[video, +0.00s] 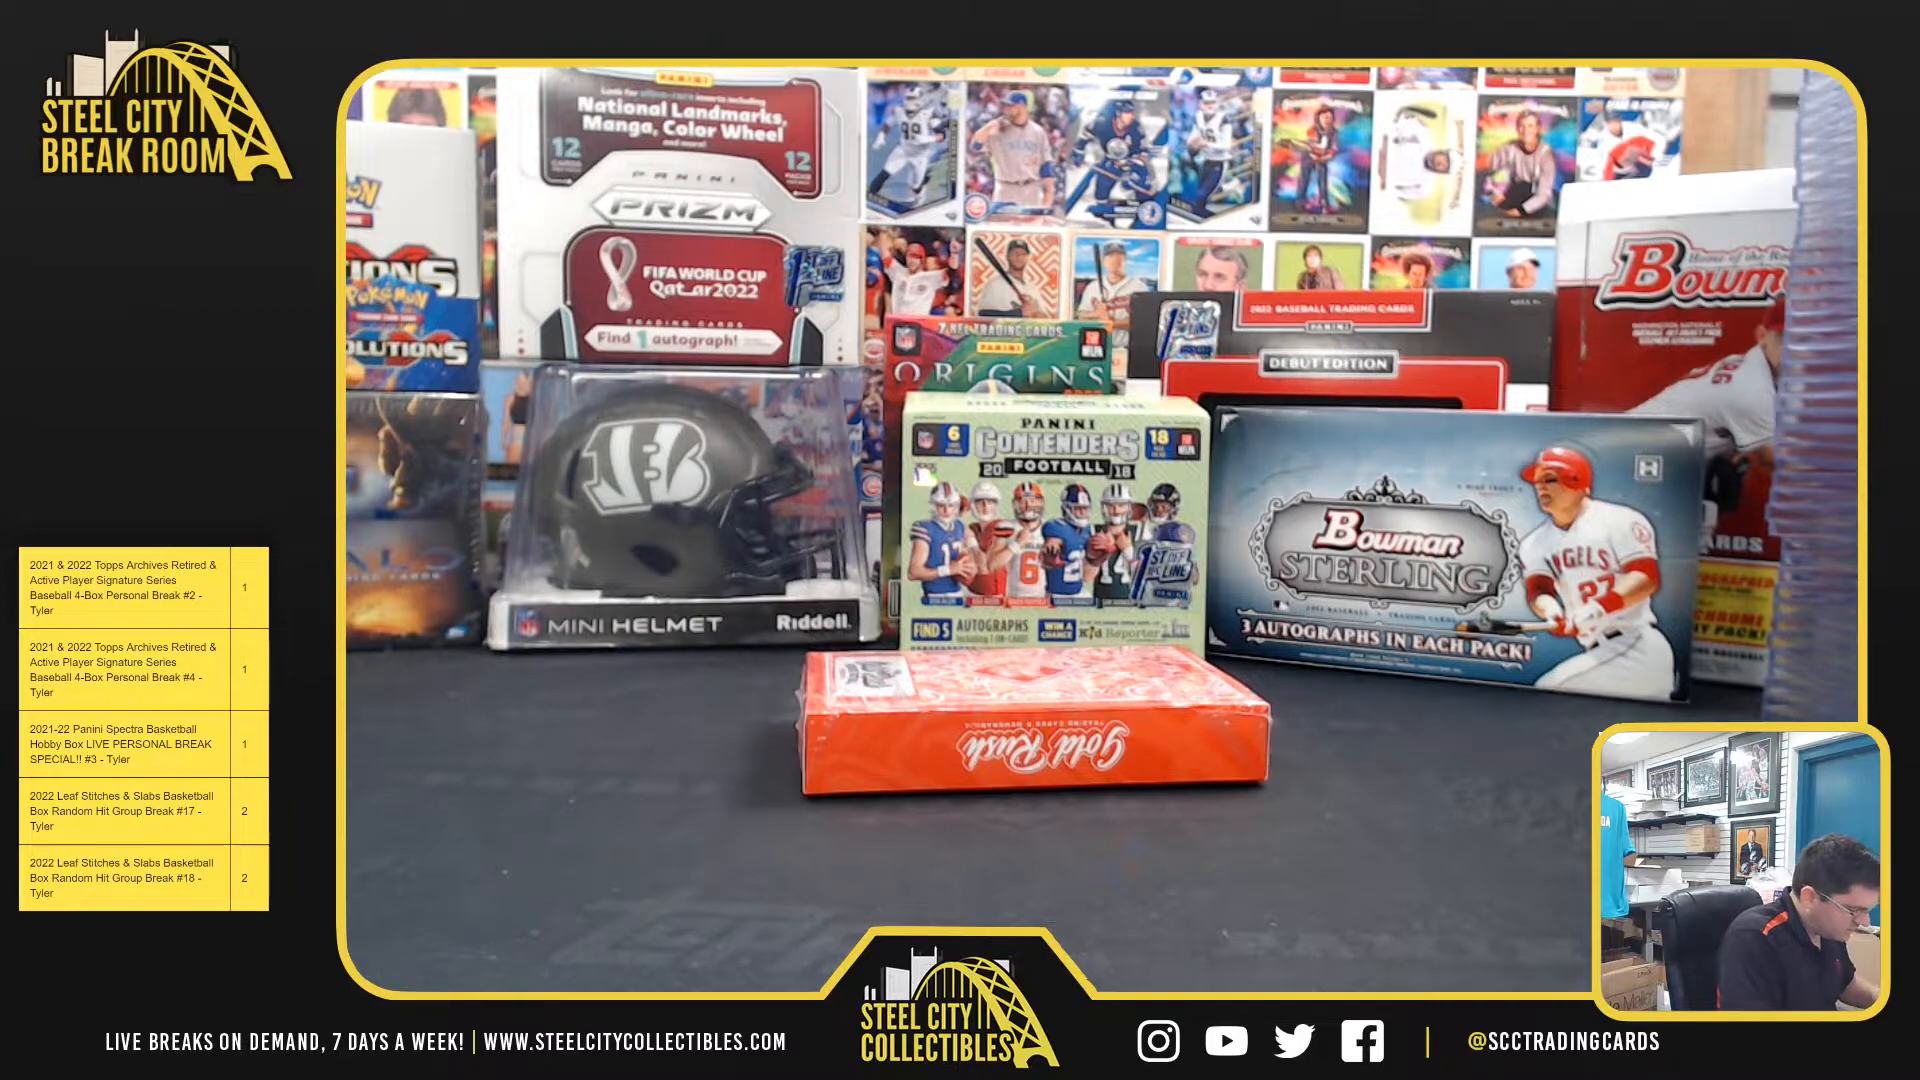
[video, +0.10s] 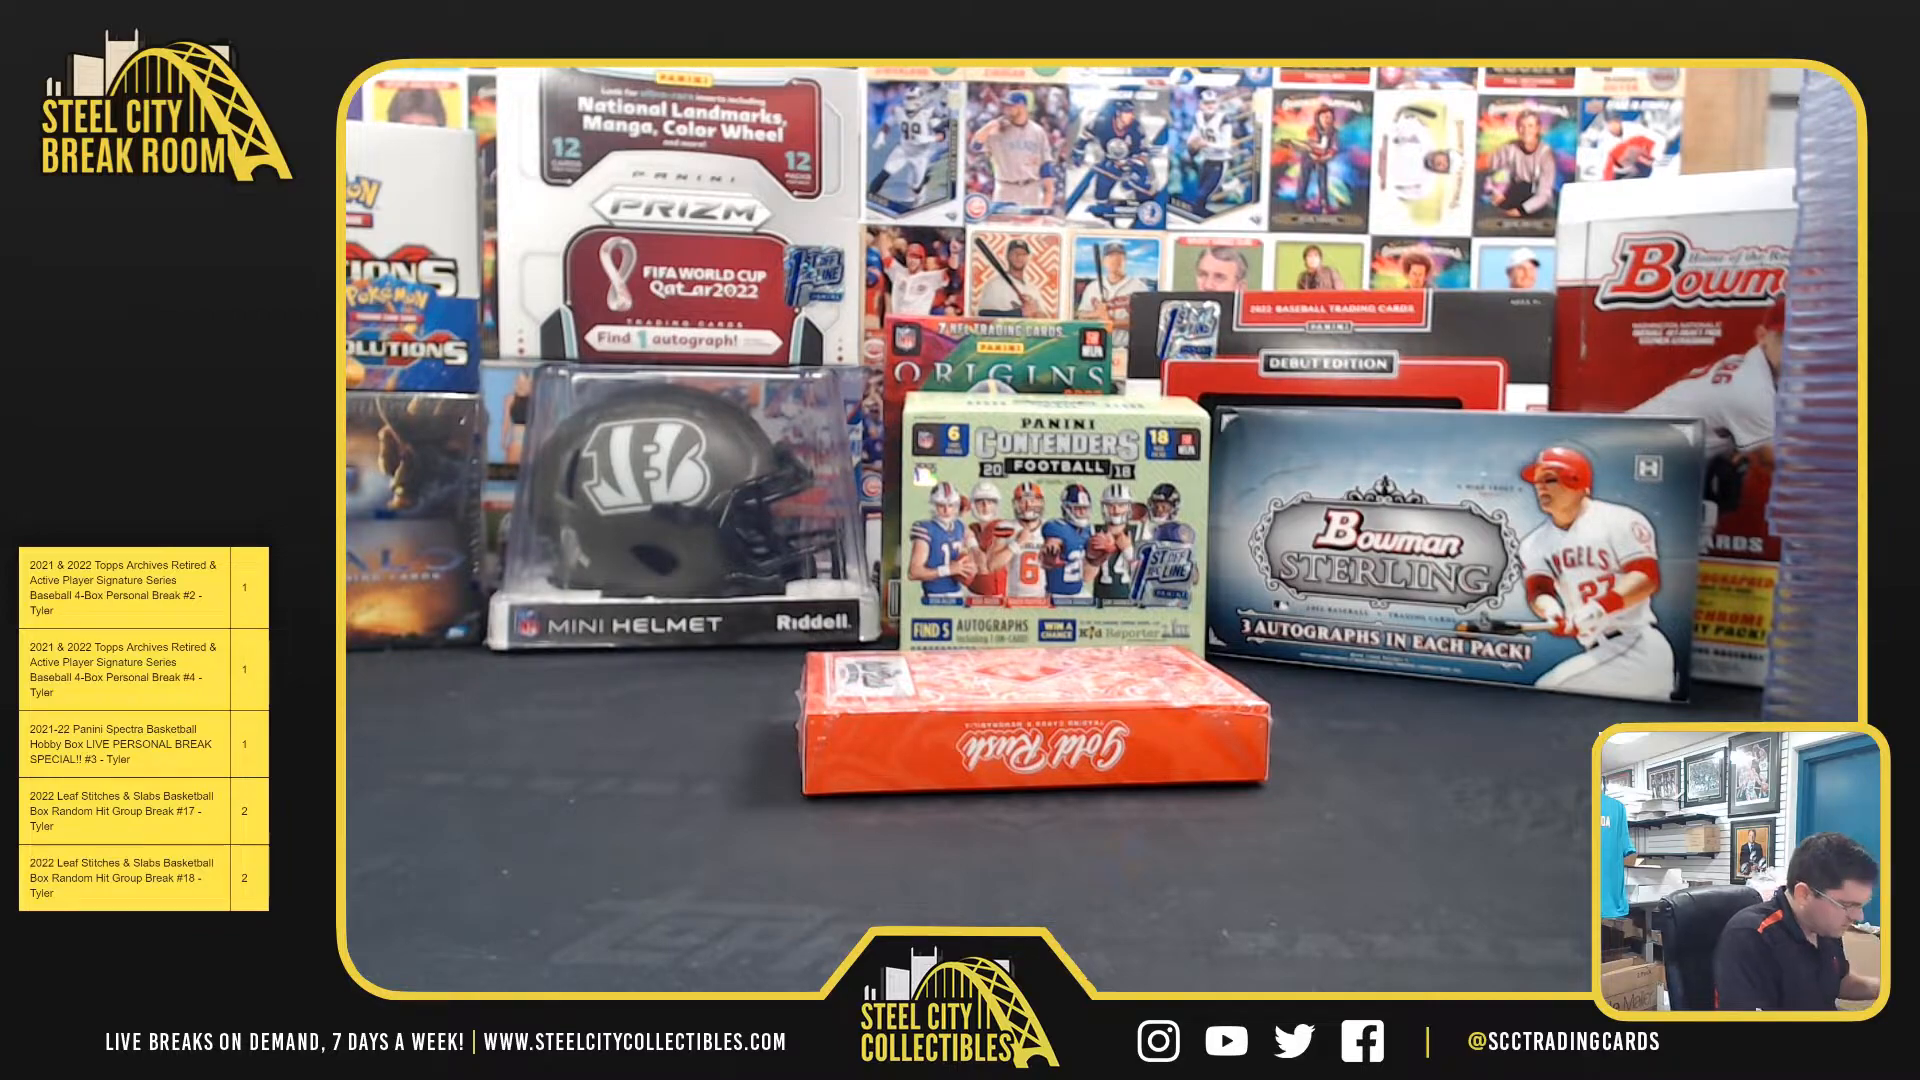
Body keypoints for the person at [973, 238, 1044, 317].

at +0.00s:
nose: (1019, 258)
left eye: (1023, 254)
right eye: (1016, 254)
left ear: (1028, 258)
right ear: (1008, 256)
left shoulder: (1033, 289)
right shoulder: (995, 285)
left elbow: (1044, 317)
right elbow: (985, 315)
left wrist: (1034, 311)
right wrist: (1020, 313)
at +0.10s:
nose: (1019, 258)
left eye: (1023, 254)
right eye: (1016, 254)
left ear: (1028, 258)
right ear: (1008, 256)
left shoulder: (1032, 289)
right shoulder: (995, 285)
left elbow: (1045, 317)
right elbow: (985, 315)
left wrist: (1034, 311)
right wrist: (1020, 313)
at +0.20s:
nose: (1019, 257)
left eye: (1023, 254)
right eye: (1016, 254)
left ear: (1028, 257)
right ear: (1008, 256)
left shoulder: (1032, 289)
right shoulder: (995, 285)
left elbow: (1045, 317)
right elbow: (985, 315)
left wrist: (1034, 311)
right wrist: (1020, 313)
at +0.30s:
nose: (1019, 258)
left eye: (1023, 254)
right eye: (1016, 254)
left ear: (1028, 258)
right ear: (1008, 256)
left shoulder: (1033, 289)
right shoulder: (995, 285)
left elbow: (1044, 318)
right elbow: (985, 315)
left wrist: (1034, 311)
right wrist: (1020, 313)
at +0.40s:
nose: (1019, 258)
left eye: (1023, 254)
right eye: (1016, 254)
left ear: (1028, 258)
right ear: (1008, 256)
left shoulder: (1033, 289)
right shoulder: (995, 285)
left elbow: (1044, 318)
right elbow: (985, 315)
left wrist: (1034, 311)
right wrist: (1020, 313)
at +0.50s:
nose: (1019, 258)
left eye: (1023, 254)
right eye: (1016, 254)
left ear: (1028, 258)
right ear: (1008, 256)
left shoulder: (1032, 289)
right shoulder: (995, 285)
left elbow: (1044, 317)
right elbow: (985, 315)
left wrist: (1034, 311)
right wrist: (1020, 313)